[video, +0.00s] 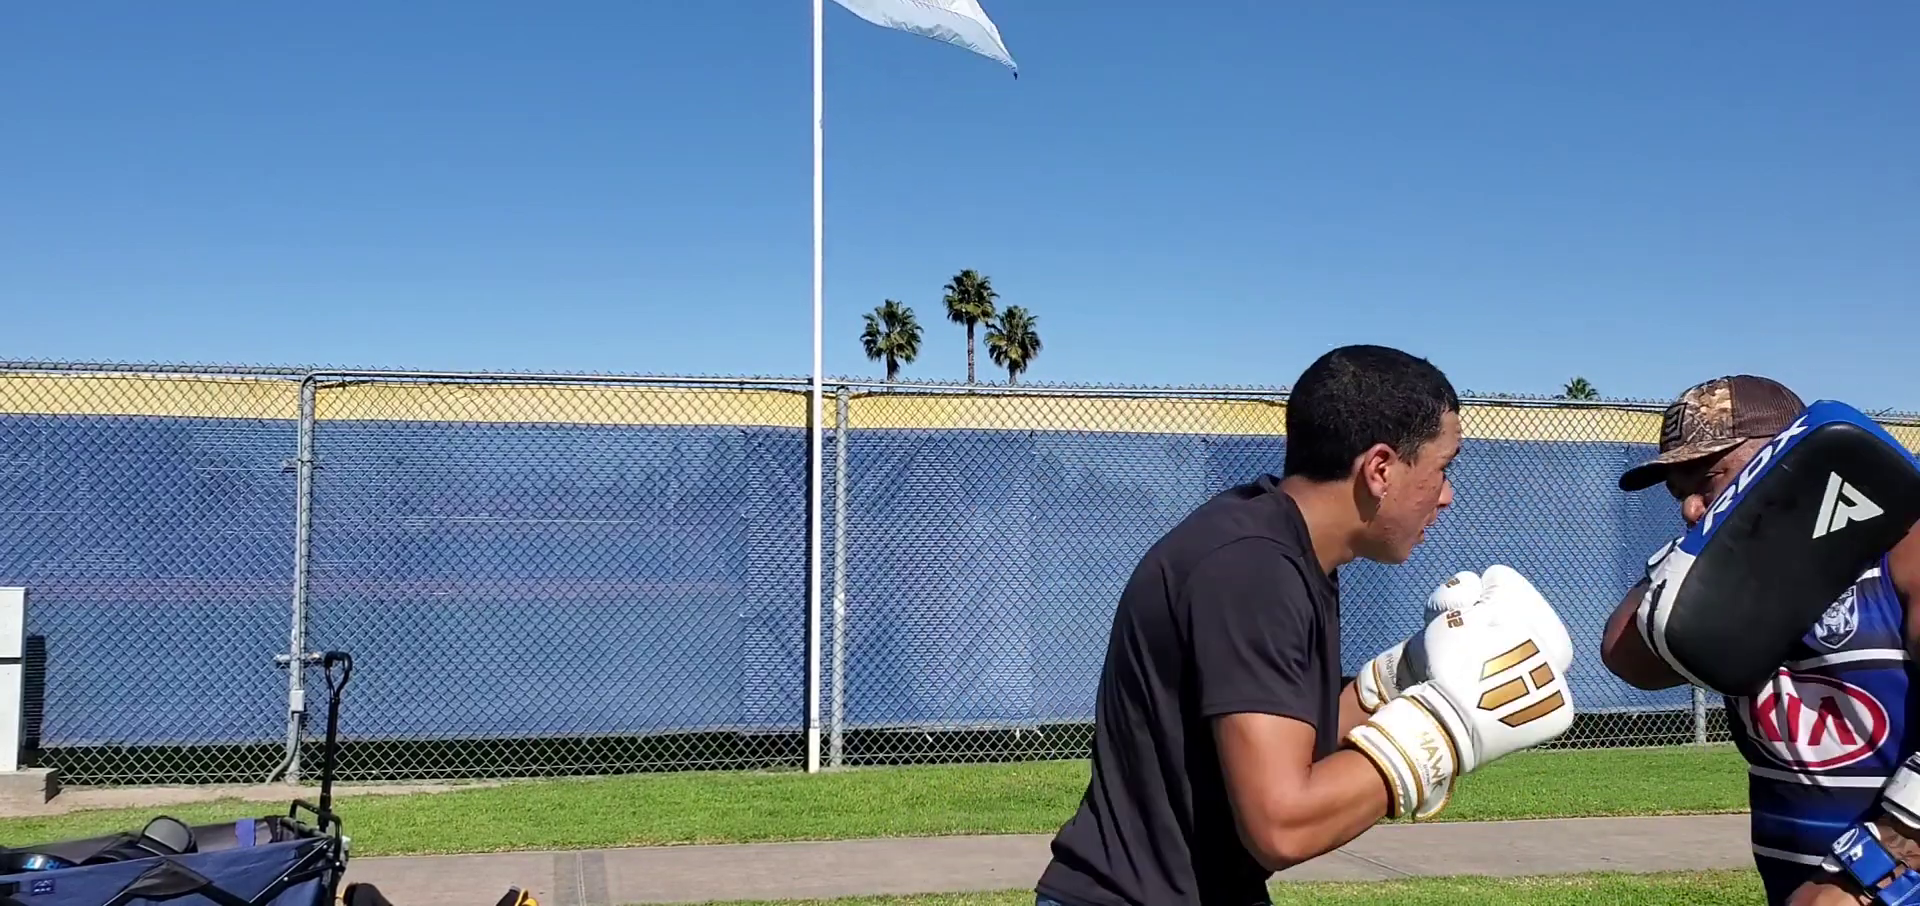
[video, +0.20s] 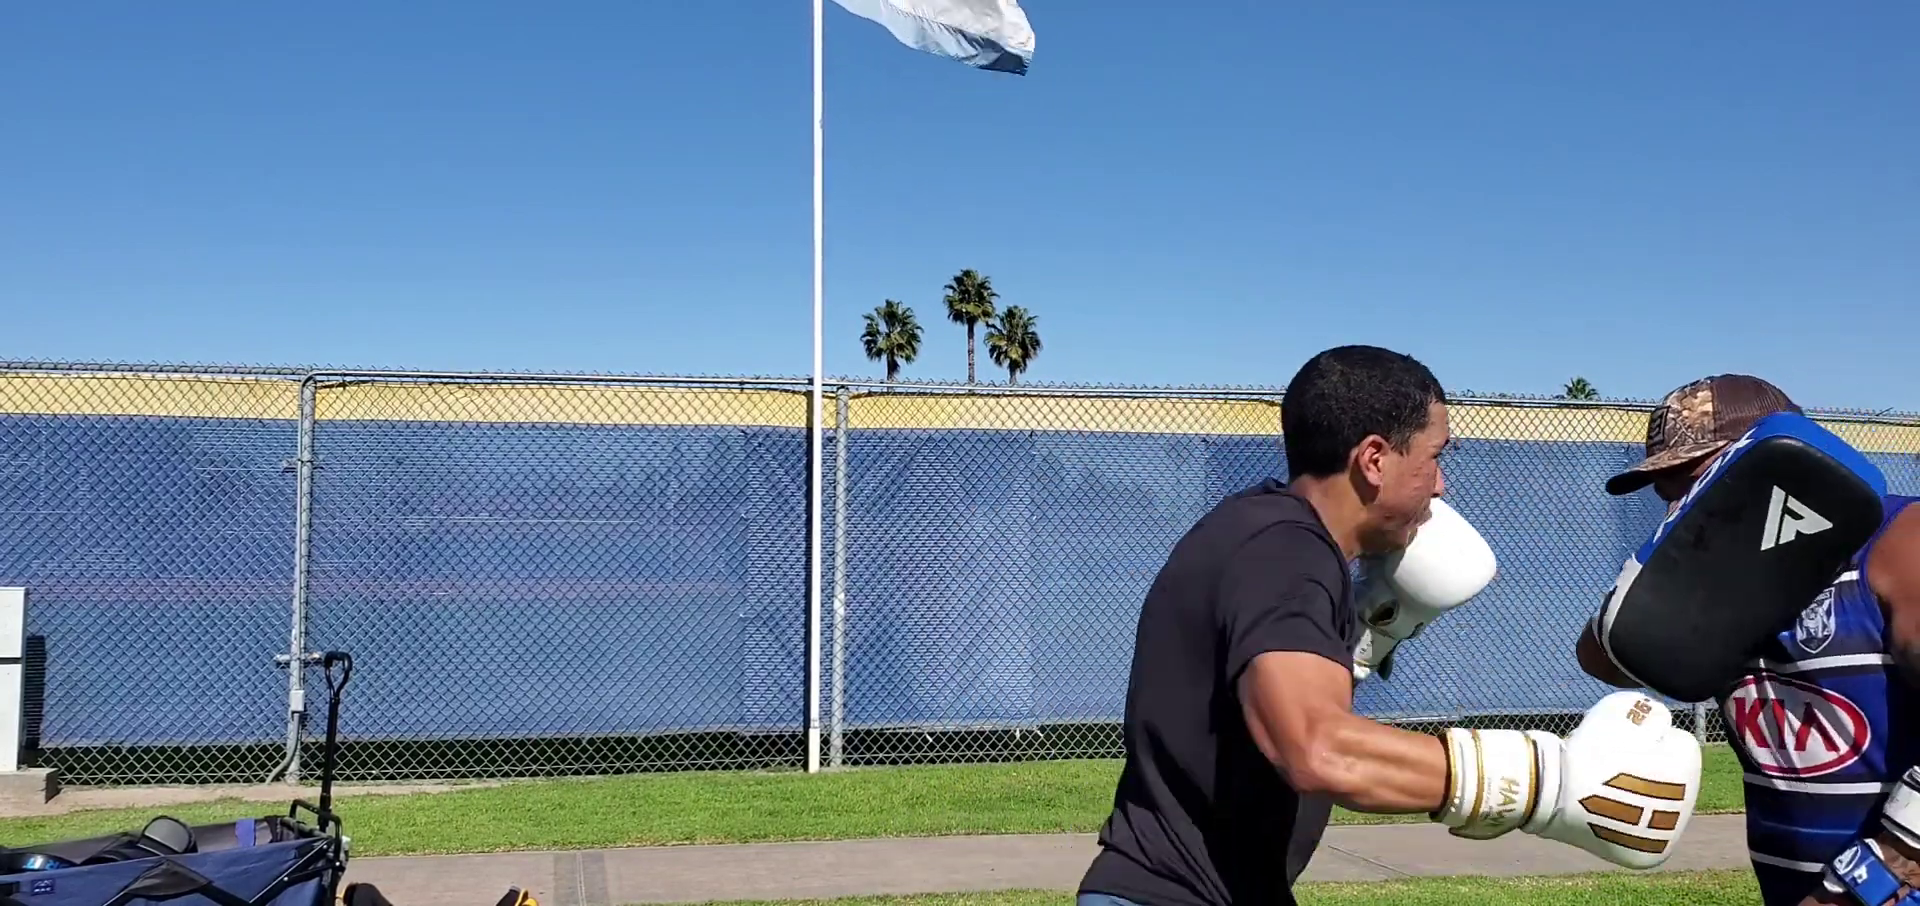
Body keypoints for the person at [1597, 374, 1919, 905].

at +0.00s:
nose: (1689, 507)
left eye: (1706, 477)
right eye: (1679, 490)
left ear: (1782, 449)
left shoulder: (1900, 534)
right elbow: (1624, 656)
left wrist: (1866, 871)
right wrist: (1703, 541)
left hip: (1892, 875)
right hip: (1789, 867)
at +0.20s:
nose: (1674, 507)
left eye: (1685, 482)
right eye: (1666, 492)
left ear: (1749, 455)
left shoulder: (1897, 544)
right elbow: (1595, 655)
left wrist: (1879, 870)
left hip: (1887, 884)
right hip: (1785, 875)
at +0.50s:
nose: (1708, 464)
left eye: (1727, 437)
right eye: (1710, 446)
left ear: (1817, 425)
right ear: (1816, 426)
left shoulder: (1896, 527)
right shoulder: (1743, 583)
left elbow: (1915, 692)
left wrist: (1786, 839)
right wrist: (1665, 650)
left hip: (1885, 874)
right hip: (1801, 877)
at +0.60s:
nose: (1745, 459)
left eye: (1770, 433)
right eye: (1744, 438)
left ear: (1869, 437)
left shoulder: (1907, 555)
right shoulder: (1766, 592)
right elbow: (1697, 702)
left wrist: (1829, 811)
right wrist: (1644, 686)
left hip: (1894, 882)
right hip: (1788, 880)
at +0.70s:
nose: (1775, 481)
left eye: (1801, 451)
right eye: (1769, 453)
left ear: (1900, 452)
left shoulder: (1914, 573)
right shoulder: (1789, 590)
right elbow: (1739, 735)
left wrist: (1870, 823)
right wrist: (1677, 629)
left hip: (1902, 881)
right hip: (1803, 873)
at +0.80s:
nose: (1800, 472)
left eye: (1828, 441)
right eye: (1792, 445)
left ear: (1913, 438)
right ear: (1782, 447)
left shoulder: (1914, 572)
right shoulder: (1810, 568)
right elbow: (1728, 689)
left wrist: (1860, 845)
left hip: (1906, 883)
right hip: (1834, 881)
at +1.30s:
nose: (1831, 476)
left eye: (1861, 452)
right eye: (1827, 448)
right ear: (1820, 444)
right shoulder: (1820, 547)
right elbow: (1685, 618)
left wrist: (1852, 754)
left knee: (1733, 832)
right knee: (1728, 831)